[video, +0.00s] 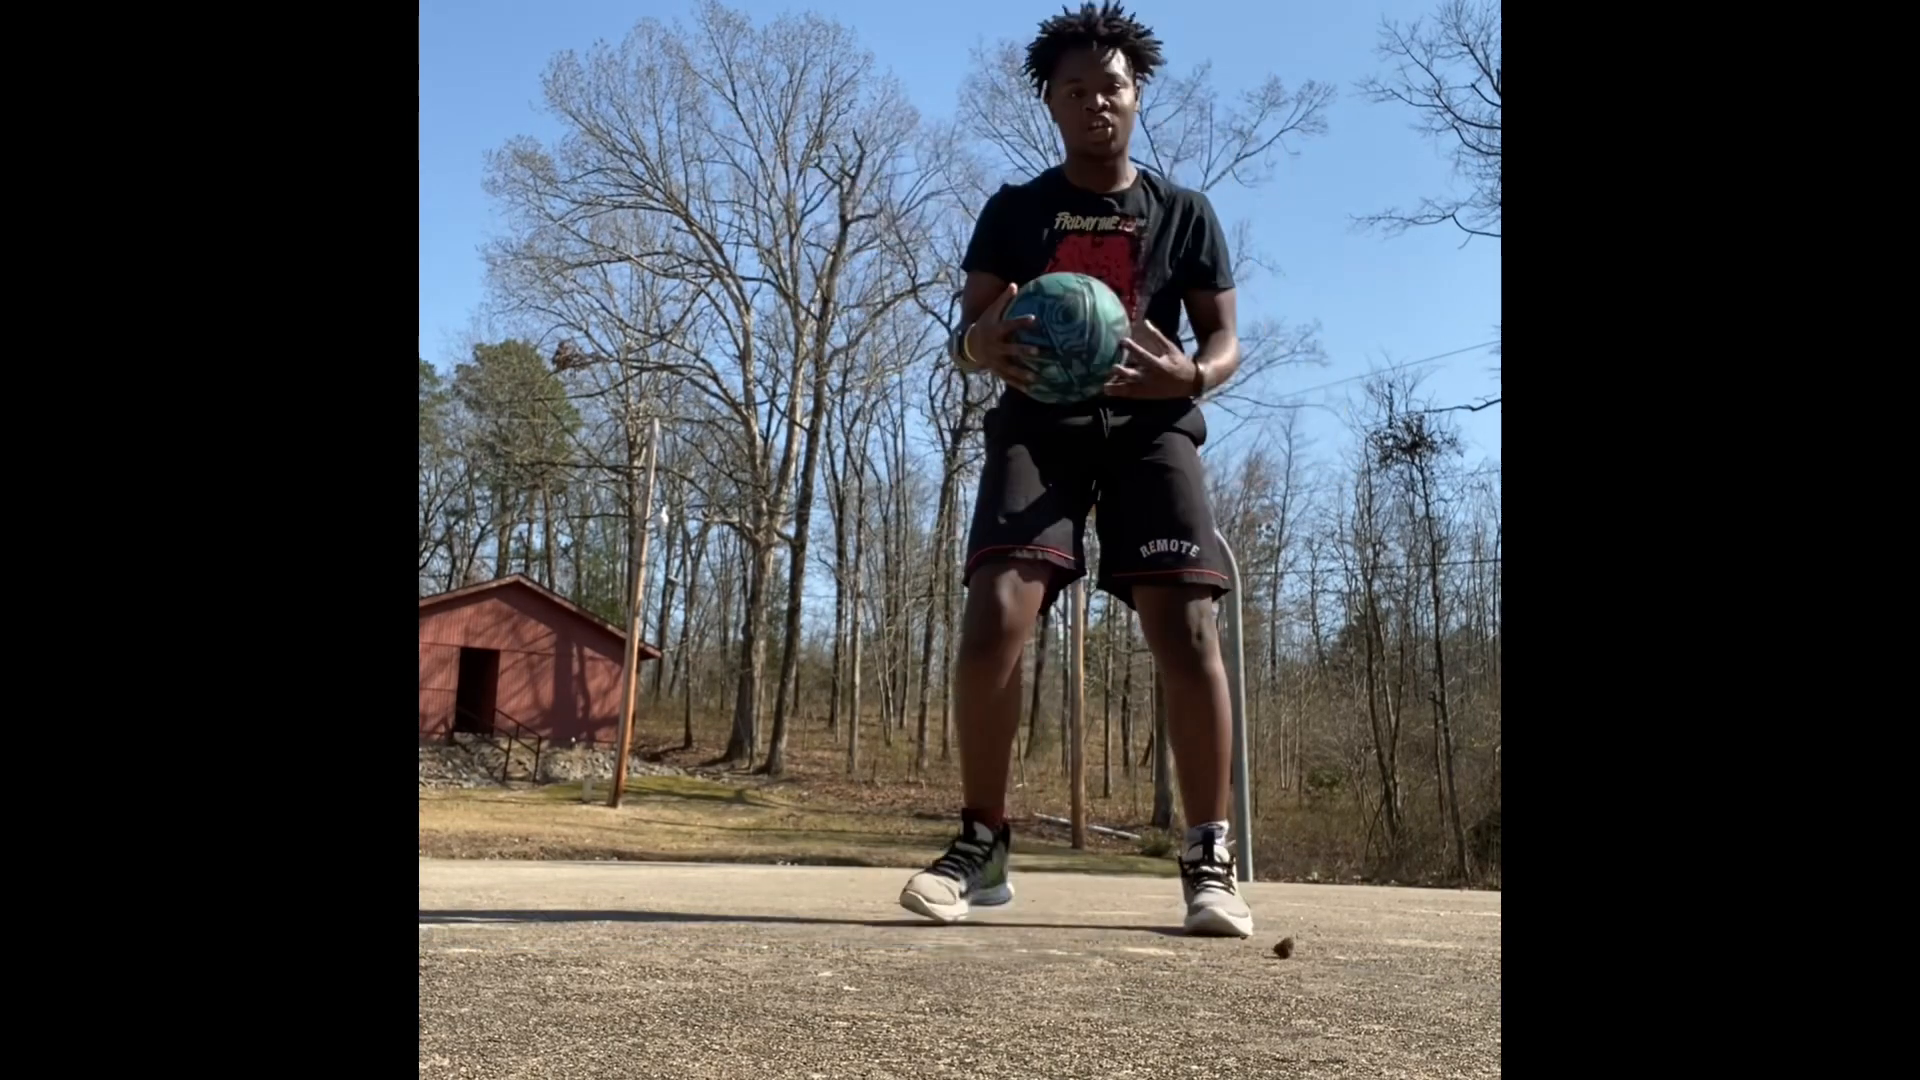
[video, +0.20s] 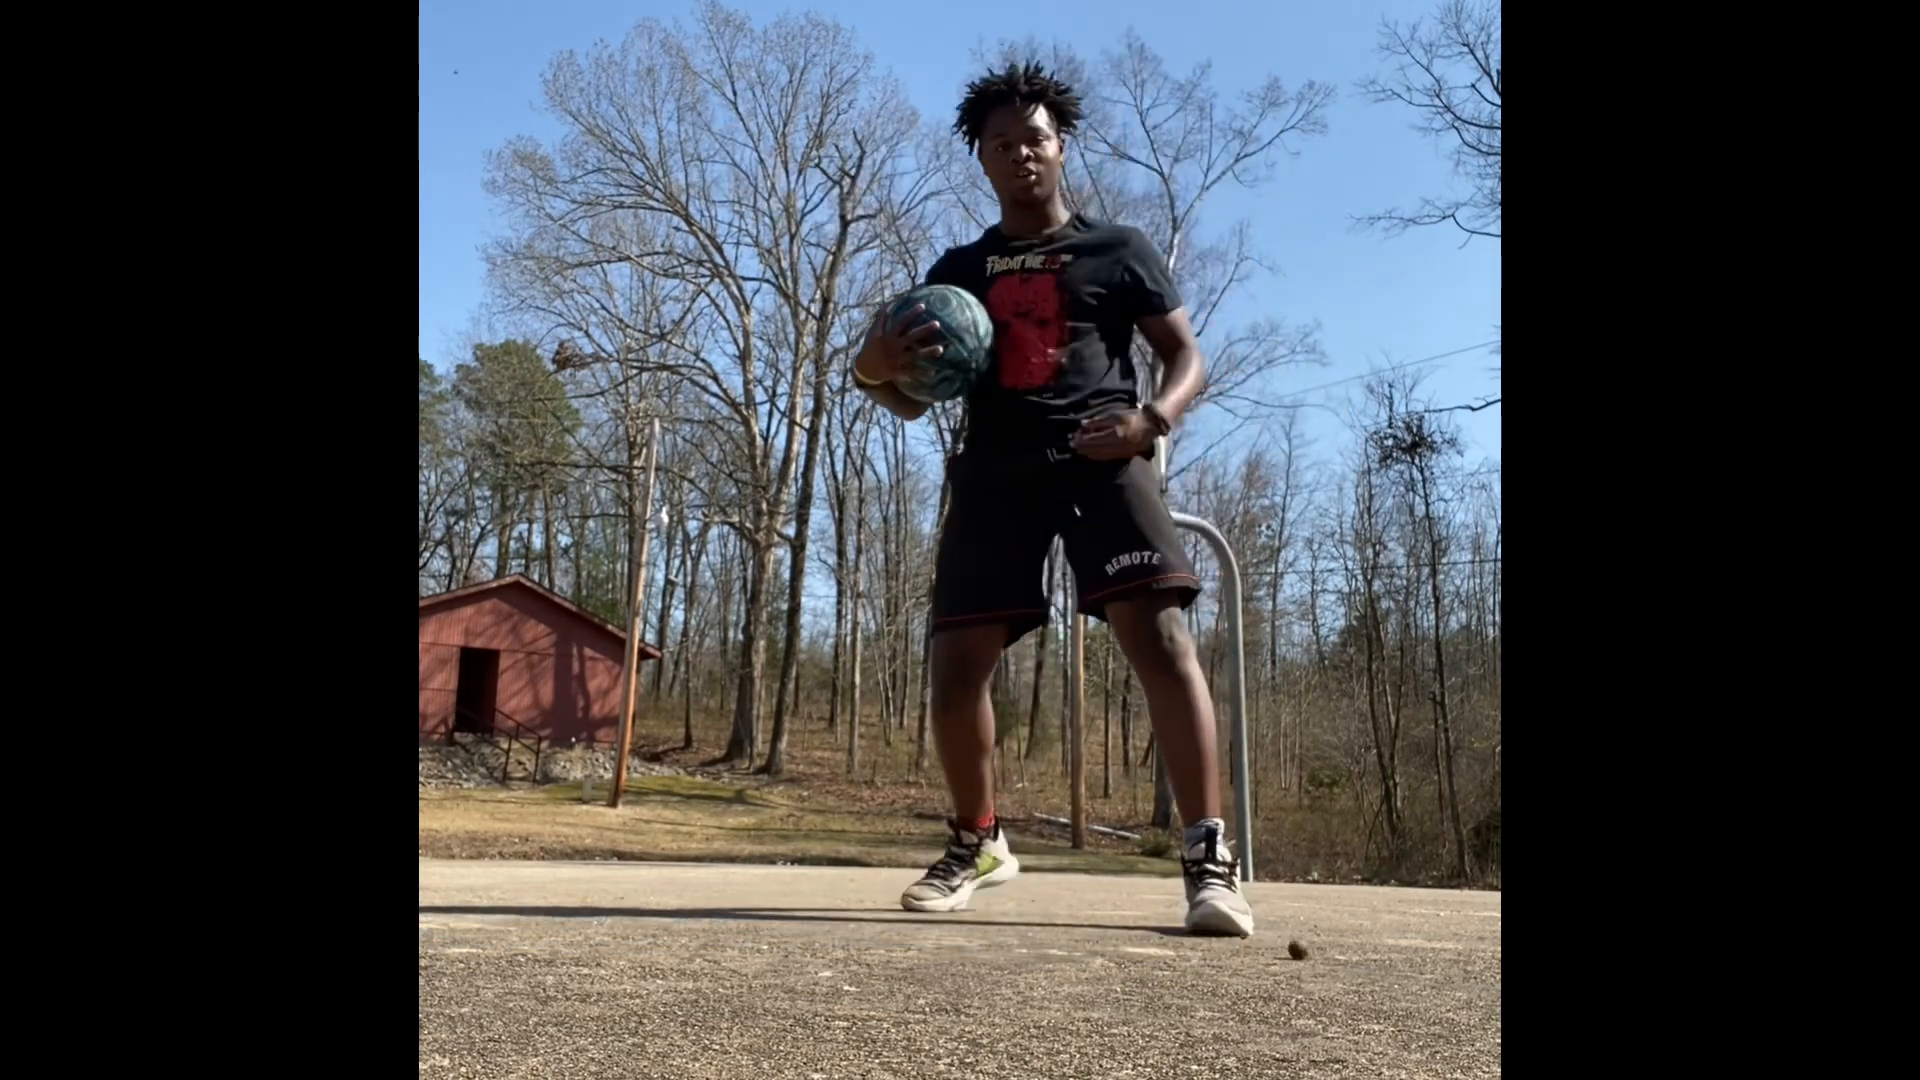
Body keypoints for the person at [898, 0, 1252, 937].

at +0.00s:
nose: (1097, 102)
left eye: (1113, 85)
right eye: (1078, 88)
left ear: (1138, 97)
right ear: (1049, 102)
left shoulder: (1185, 215)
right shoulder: (1014, 210)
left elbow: (1223, 345)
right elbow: (972, 337)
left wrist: (1191, 377)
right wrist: (987, 343)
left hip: (1154, 432)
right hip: (1035, 429)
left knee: (1187, 629)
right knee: (997, 616)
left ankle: (1209, 865)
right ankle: (980, 849)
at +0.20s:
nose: (1024, 156)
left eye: (1037, 140)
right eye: (1005, 146)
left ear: (1063, 147)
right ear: (982, 161)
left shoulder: (1118, 248)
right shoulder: (957, 270)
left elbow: (1187, 359)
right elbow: (918, 398)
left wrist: (1153, 418)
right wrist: (872, 372)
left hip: (1105, 460)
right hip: (994, 473)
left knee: (1164, 641)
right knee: (955, 663)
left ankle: (1209, 863)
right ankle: (978, 848)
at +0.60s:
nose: (909, 184)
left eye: (923, 170)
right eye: (894, 174)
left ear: (950, 179)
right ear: (876, 190)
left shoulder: (988, 249)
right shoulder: (875, 300)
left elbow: (1049, 352)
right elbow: (858, 406)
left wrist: (1063, 457)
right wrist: (801, 434)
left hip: (991, 460)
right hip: (917, 469)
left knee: (934, 628)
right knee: (937, 645)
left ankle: (932, 849)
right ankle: (982, 853)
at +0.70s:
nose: (892, 189)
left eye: (906, 175)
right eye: (877, 179)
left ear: (934, 184)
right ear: (859, 195)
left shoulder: (970, 251)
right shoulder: (863, 308)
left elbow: (1030, 338)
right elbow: (849, 417)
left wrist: (1065, 431)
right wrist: (788, 444)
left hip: (973, 462)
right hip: (905, 477)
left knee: (894, 632)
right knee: (946, 658)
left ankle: (872, 855)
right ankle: (981, 856)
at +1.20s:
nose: (798, 192)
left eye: (809, 176)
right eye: (803, 177)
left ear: (846, 181)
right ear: (852, 184)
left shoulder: (914, 257)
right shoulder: (827, 288)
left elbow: (946, 379)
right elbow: (810, 405)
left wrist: (866, 479)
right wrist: (752, 467)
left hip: (902, 480)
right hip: (836, 480)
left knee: (815, 635)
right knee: (786, 645)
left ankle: (829, 856)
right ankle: (845, 834)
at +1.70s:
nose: (860, 179)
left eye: (873, 162)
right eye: (866, 162)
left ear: (912, 170)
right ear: (914, 174)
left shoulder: (989, 261)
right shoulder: (872, 281)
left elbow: (1051, 378)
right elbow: (865, 397)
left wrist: (926, 392)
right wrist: (815, 459)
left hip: (974, 469)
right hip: (895, 474)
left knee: (981, 631)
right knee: (834, 657)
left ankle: (1103, 832)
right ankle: (864, 855)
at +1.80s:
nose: (902, 171)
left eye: (913, 156)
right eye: (907, 155)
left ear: (957, 166)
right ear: (952, 167)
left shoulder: (1036, 268)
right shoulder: (909, 280)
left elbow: (1095, 391)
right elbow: (887, 390)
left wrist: (965, 401)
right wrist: (836, 463)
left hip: (1022, 483)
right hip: (932, 484)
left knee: (1053, 642)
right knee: (854, 664)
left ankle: (1158, 860)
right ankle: (864, 855)